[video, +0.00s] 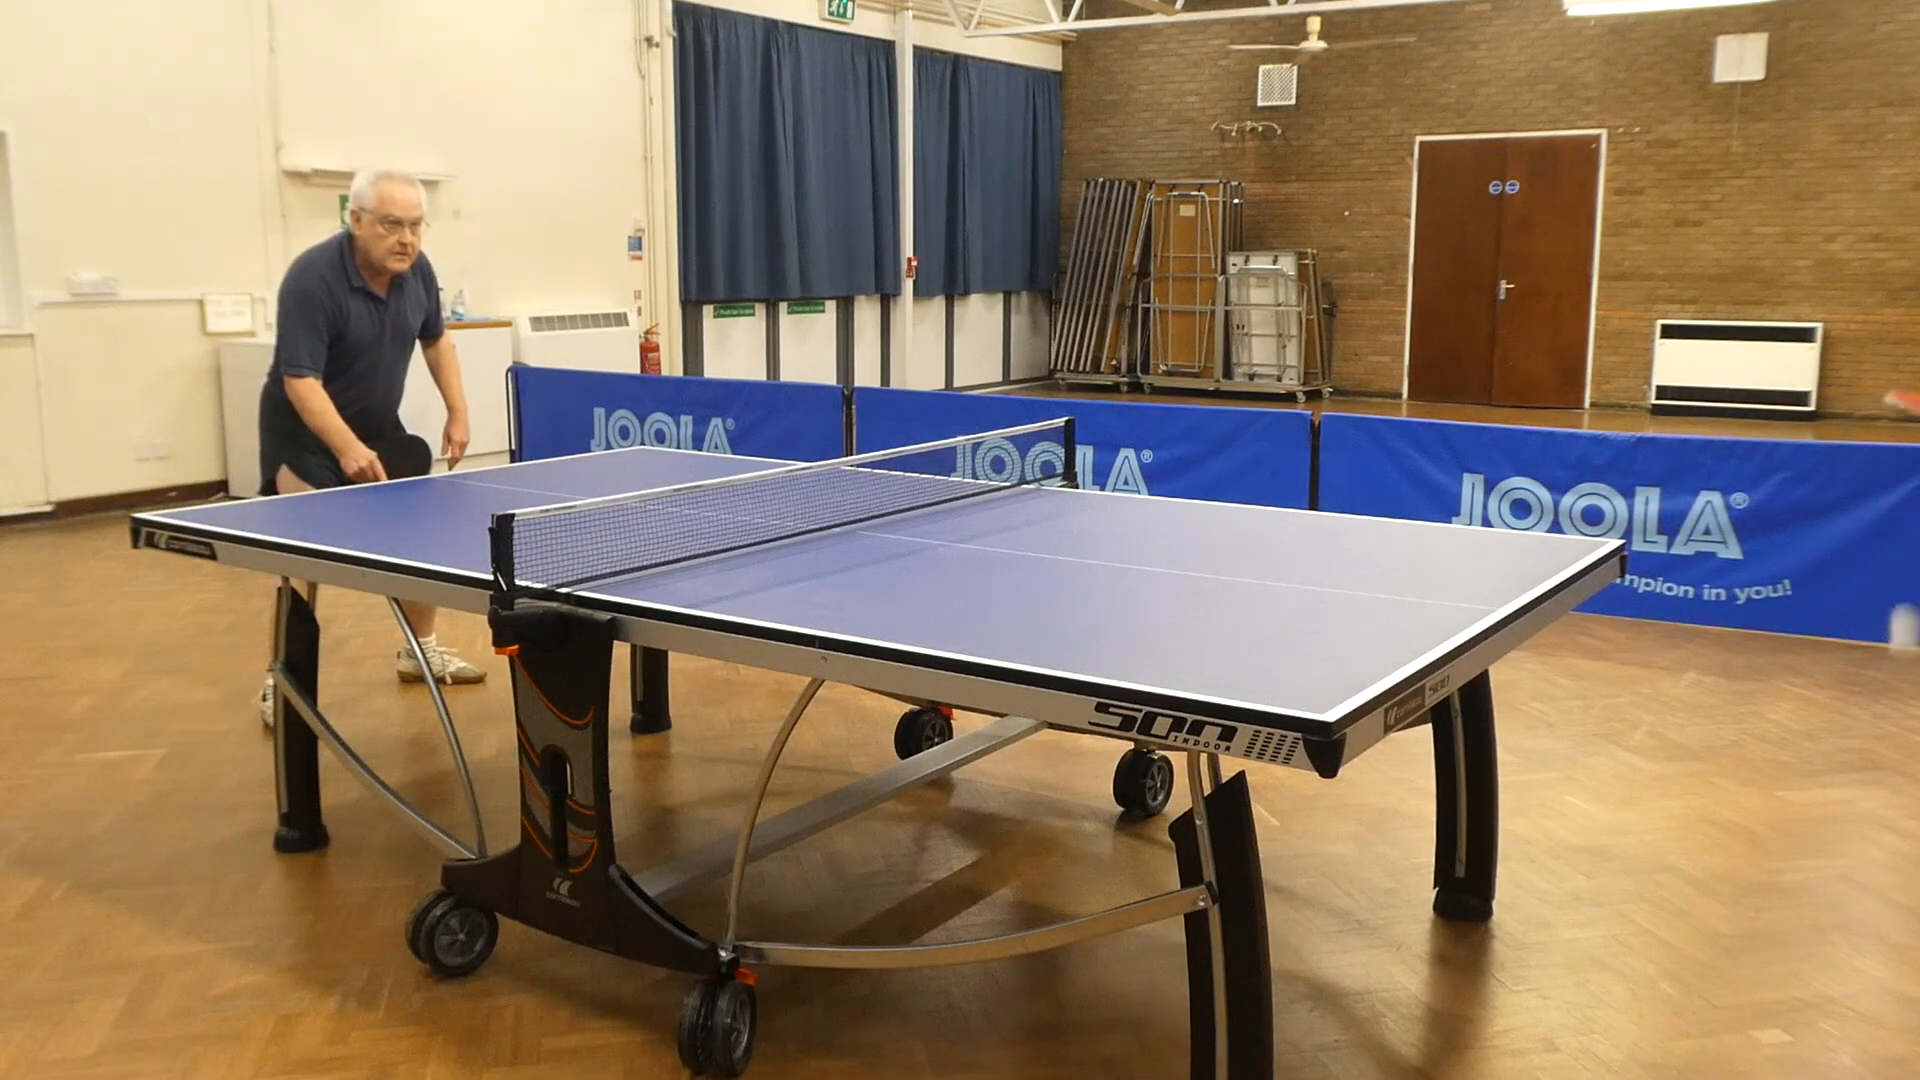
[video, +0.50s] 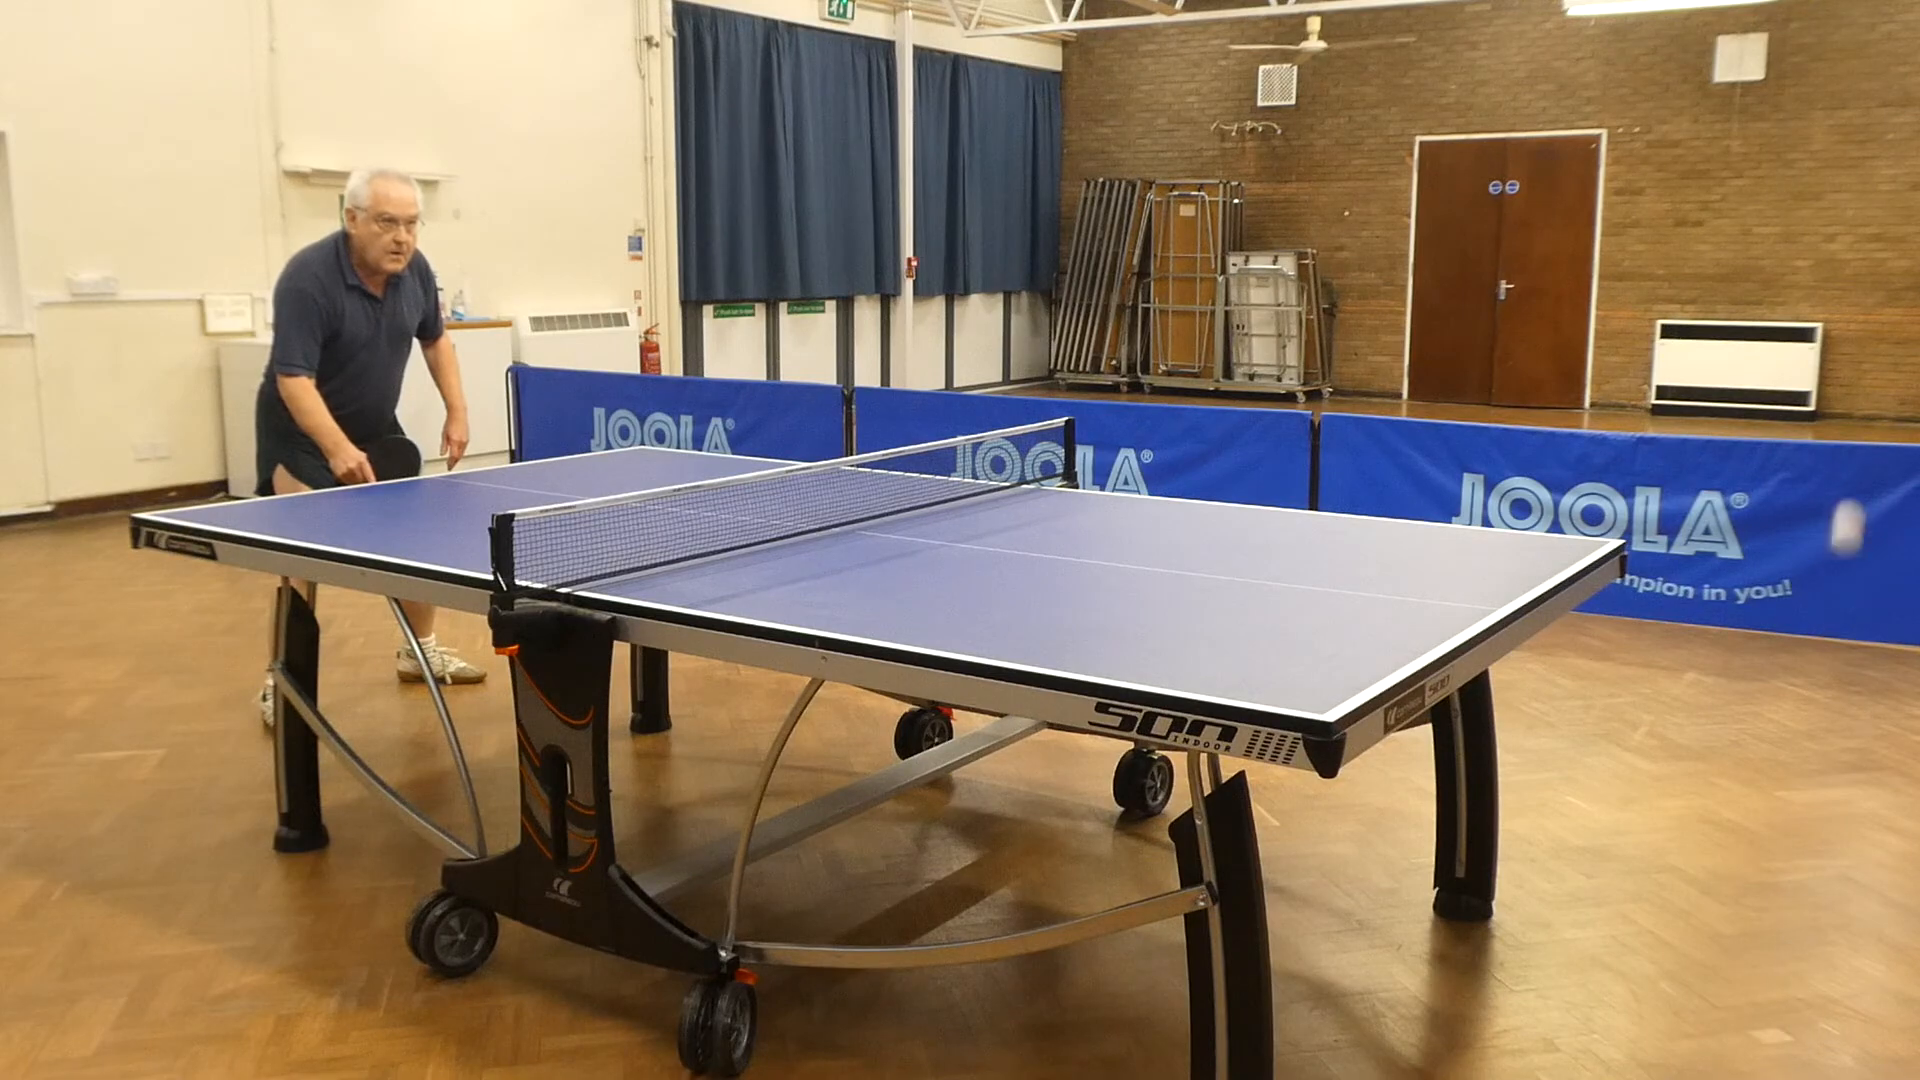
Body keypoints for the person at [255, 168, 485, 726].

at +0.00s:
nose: (407, 239)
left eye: (416, 226)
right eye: (392, 225)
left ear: (424, 225)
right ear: (356, 222)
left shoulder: (417, 272)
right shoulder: (313, 278)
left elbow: (436, 339)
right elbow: (298, 379)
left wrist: (457, 409)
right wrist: (347, 446)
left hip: (379, 427)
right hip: (306, 429)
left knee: (420, 524)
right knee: (302, 552)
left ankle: (420, 646)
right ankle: (282, 680)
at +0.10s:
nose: (406, 239)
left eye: (415, 226)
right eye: (391, 225)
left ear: (423, 226)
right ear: (356, 223)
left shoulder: (416, 273)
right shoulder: (312, 278)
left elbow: (435, 340)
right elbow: (296, 379)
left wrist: (457, 409)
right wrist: (343, 446)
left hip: (377, 424)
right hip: (304, 427)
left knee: (419, 523)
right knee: (301, 551)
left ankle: (420, 646)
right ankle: (283, 679)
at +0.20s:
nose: (405, 239)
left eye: (413, 226)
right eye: (390, 225)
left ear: (421, 226)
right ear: (354, 223)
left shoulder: (416, 272)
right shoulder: (311, 278)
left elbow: (435, 339)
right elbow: (294, 379)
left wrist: (456, 409)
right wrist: (340, 448)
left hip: (376, 424)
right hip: (303, 426)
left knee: (417, 527)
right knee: (302, 553)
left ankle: (420, 646)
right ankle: (282, 680)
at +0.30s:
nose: (404, 238)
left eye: (412, 225)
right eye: (388, 225)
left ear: (420, 224)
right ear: (353, 222)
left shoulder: (415, 272)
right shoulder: (309, 278)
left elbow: (435, 339)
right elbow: (294, 380)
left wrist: (456, 409)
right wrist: (338, 447)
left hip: (376, 424)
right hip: (302, 427)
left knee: (417, 526)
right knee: (302, 553)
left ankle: (419, 647)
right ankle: (282, 681)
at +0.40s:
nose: (403, 238)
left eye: (412, 224)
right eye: (388, 224)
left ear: (420, 225)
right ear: (352, 221)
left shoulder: (415, 272)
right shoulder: (309, 278)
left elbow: (435, 339)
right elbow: (293, 379)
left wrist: (456, 408)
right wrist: (337, 447)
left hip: (376, 424)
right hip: (302, 428)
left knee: (417, 527)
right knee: (301, 553)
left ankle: (419, 646)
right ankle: (282, 681)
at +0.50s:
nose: (403, 237)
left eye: (411, 224)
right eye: (388, 223)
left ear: (419, 224)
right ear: (352, 221)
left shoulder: (415, 271)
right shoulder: (308, 277)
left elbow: (434, 338)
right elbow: (292, 378)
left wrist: (456, 407)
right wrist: (336, 446)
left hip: (375, 424)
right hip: (301, 427)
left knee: (417, 526)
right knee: (302, 554)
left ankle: (419, 646)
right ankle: (282, 681)